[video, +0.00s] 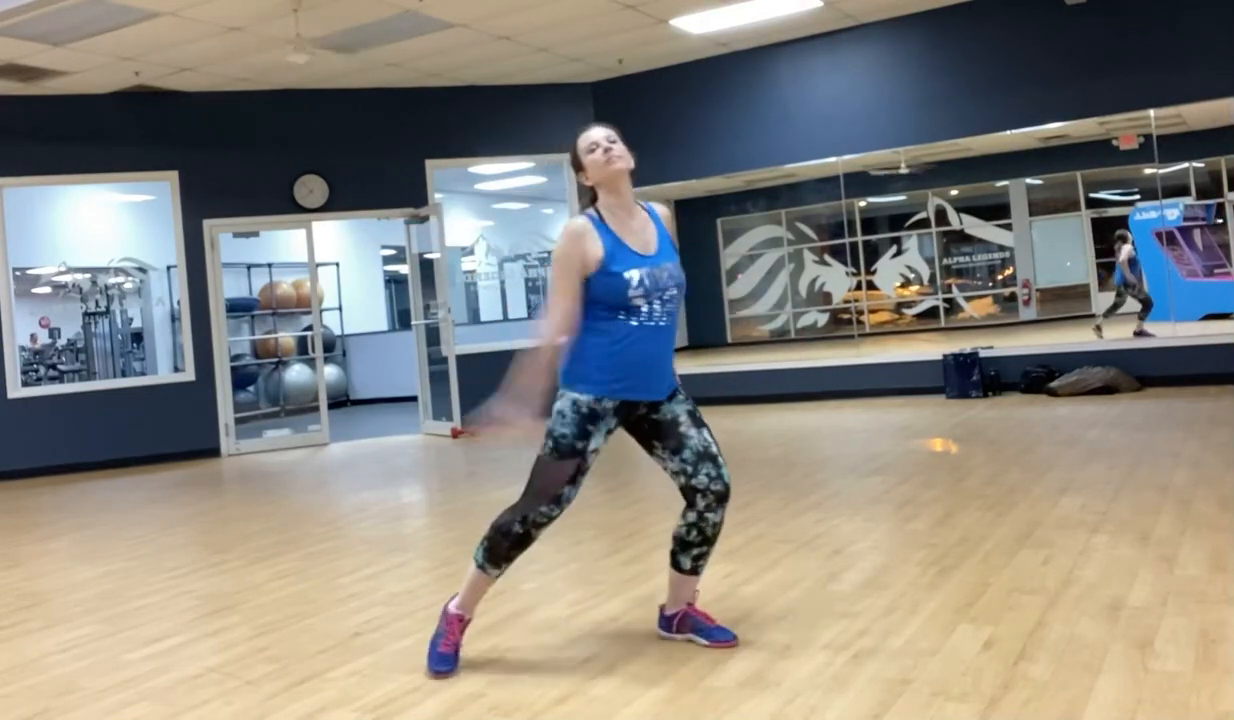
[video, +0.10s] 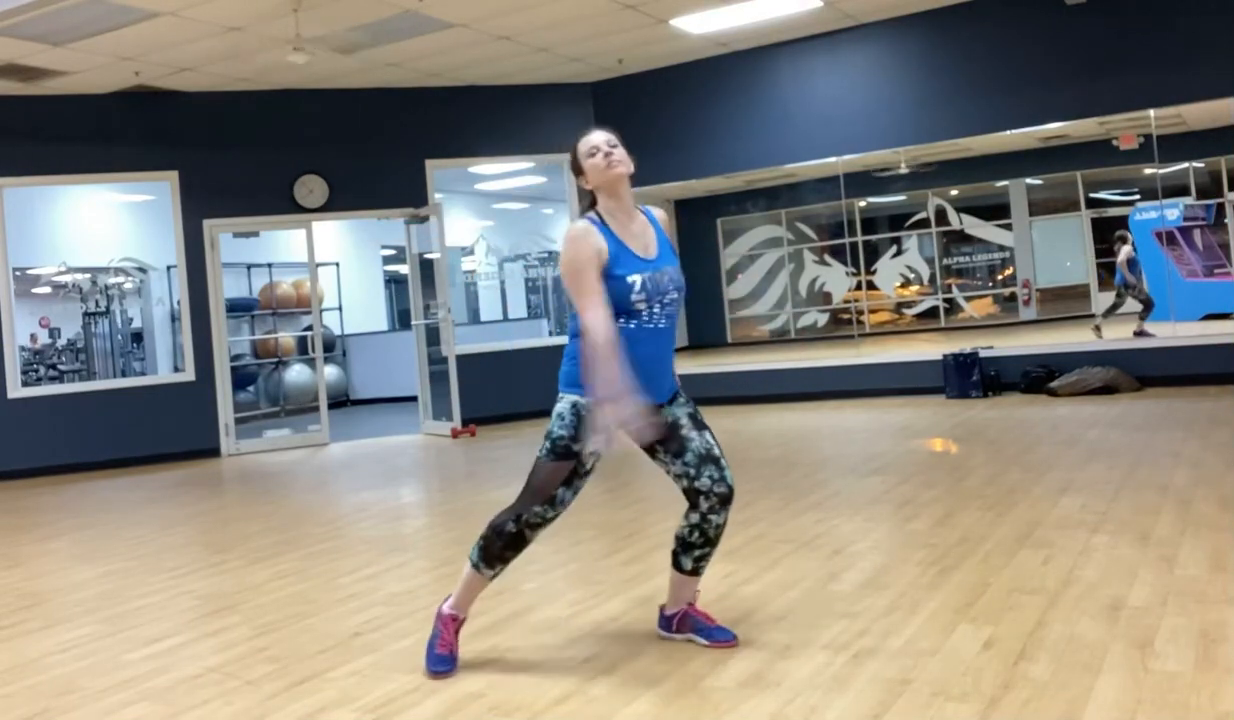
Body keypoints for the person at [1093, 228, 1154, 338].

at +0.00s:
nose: (1131, 236)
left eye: (1130, 234)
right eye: (1129, 235)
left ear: (1120, 239)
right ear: (1126, 238)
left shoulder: (1120, 248)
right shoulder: (1127, 247)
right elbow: (1122, 261)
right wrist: (1129, 277)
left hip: (1121, 283)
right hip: (1129, 283)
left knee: (1118, 303)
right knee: (1148, 303)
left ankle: (1099, 324)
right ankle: (1139, 328)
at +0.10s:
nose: (1131, 236)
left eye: (1129, 235)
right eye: (1129, 235)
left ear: (1120, 240)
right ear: (1126, 238)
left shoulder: (1121, 249)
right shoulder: (1127, 248)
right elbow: (1120, 261)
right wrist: (1128, 276)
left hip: (1121, 284)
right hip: (1129, 283)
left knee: (1118, 303)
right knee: (1149, 303)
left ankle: (1098, 323)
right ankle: (1139, 328)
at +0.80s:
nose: (1128, 237)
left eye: (1126, 235)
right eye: (1125, 236)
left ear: (1119, 241)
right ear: (1124, 239)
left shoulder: (1124, 248)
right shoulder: (1125, 250)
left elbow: (1121, 231)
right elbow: (1120, 262)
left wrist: (1120, 215)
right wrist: (1129, 277)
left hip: (1126, 285)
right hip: (1131, 285)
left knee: (1120, 304)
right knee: (1151, 304)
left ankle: (1099, 321)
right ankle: (1140, 328)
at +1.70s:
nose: (1125, 241)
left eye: (1118, 240)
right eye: (1125, 239)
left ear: (1114, 242)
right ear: (1124, 240)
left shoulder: (1114, 251)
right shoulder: (1126, 250)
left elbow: (1101, 247)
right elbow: (1124, 262)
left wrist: (1091, 240)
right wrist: (1131, 276)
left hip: (1121, 284)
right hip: (1130, 284)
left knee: (1115, 305)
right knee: (1150, 304)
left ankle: (1095, 323)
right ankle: (1139, 329)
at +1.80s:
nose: (1126, 241)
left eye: (1124, 240)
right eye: (1125, 239)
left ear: (1115, 240)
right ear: (1124, 240)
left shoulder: (1113, 250)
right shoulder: (1126, 250)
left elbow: (1101, 247)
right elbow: (1127, 262)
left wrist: (1088, 239)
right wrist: (1133, 278)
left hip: (1120, 284)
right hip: (1130, 284)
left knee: (1115, 305)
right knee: (1150, 304)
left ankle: (1096, 325)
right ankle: (1139, 329)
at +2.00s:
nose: (1123, 240)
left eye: (1119, 239)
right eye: (1125, 238)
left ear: (1114, 238)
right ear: (1126, 237)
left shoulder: (1112, 248)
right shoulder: (1134, 247)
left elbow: (1095, 246)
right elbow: (1144, 253)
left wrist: (1078, 239)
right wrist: (1150, 266)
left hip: (1117, 283)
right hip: (1132, 282)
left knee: (1109, 305)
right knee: (1147, 303)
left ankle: (1099, 329)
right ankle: (1139, 329)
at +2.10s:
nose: (1120, 238)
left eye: (1118, 236)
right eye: (1122, 235)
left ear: (1112, 236)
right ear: (1124, 235)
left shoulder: (1108, 244)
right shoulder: (1129, 242)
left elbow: (1092, 243)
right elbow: (1145, 243)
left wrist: (1079, 243)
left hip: (1113, 278)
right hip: (1130, 277)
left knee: (1110, 303)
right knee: (1142, 298)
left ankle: (1109, 329)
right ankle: (1140, 326)